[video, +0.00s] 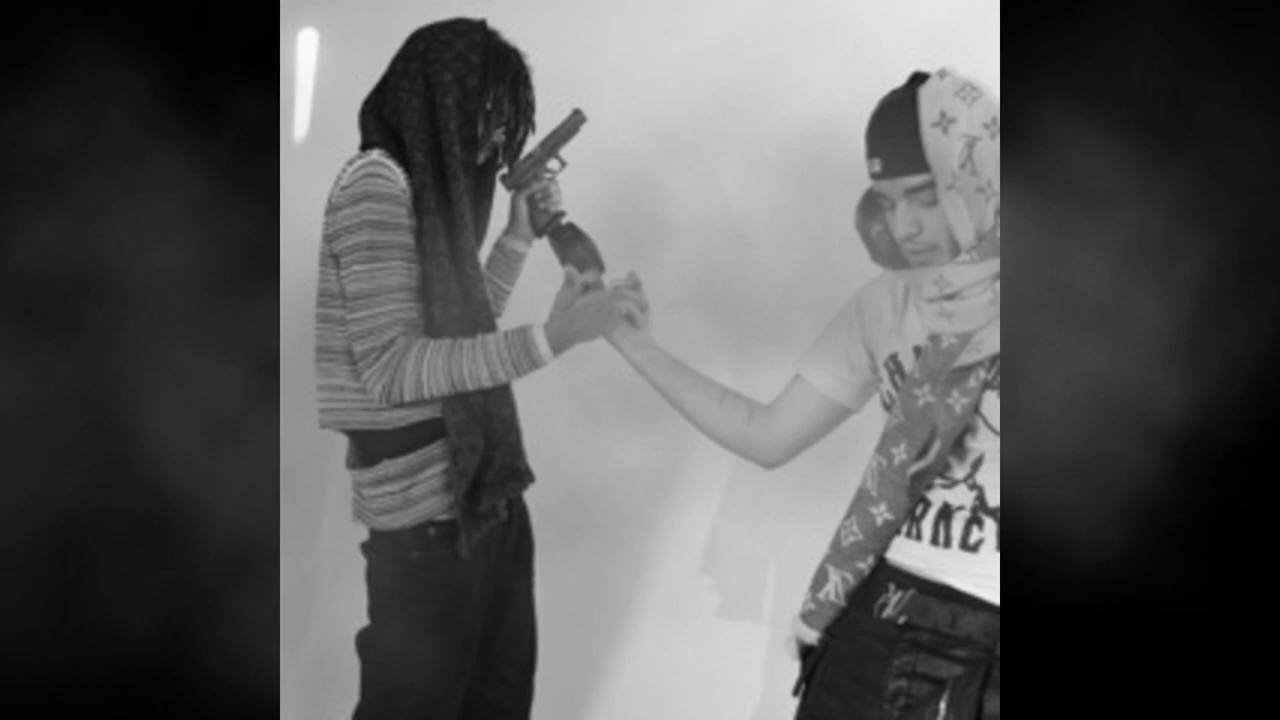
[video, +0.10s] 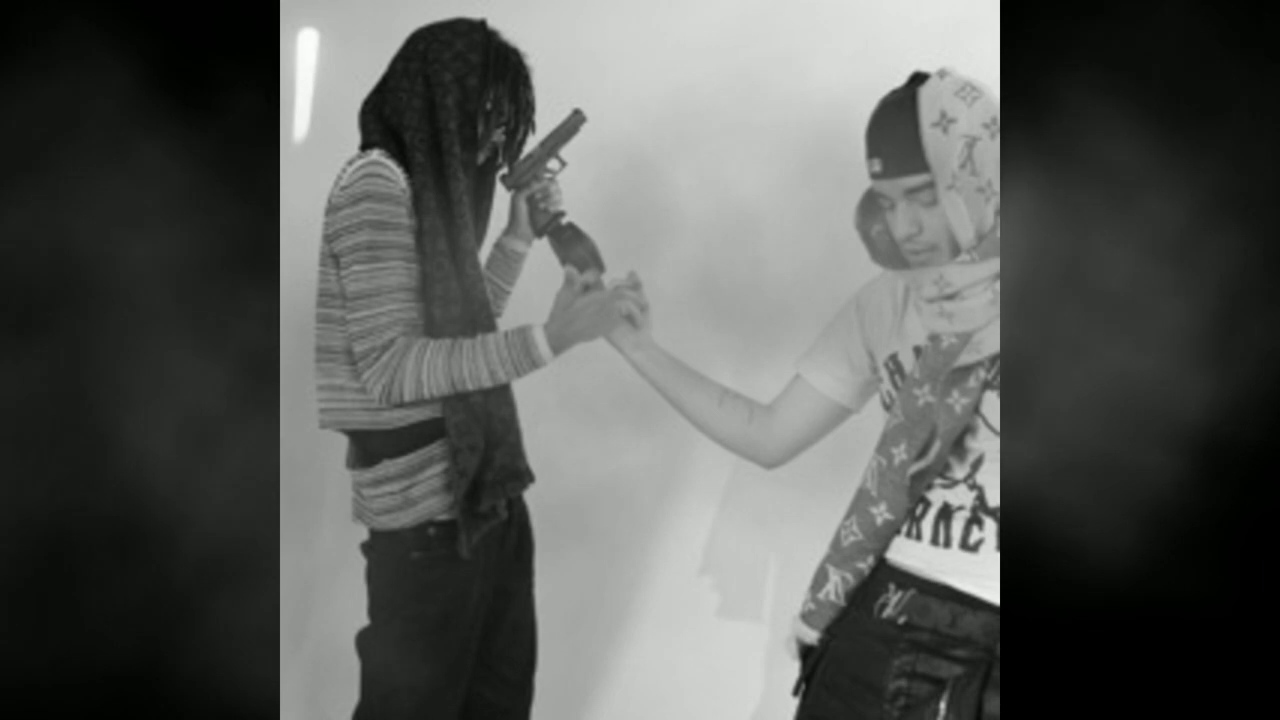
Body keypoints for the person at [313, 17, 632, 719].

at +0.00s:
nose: (498, 144)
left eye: (505, 126)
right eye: (493, 120)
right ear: (450, 107)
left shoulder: (427, 192)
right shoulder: (376, 183)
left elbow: (465, 332)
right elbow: (388, 368)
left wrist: (518, 235)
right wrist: (551, 338)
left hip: (488, 505)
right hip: (421, 522)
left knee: (500, 702)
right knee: (411, 705)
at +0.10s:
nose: (498, 144)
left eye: (505, 126)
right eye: (493, 120)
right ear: (451, 107)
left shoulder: (425, 191)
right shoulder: (376, 184)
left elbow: (463, 330)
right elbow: (388, 369)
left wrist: (518, 235)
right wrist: (550, 338)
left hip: (487, 504)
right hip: (422, 518)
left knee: (500, 702)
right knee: (410, 705)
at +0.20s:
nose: (500, 144)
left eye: (507, 125)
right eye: (493, 120)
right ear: (448, 108)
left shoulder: (431, 193)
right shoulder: (376, 182)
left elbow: (465, 333)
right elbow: (389, 372)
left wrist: (518, 234)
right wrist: (549, 339)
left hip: (487, 487)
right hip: (423, 498)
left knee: (499, 692)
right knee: (417, 696)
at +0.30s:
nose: (500, 146)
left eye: (506, 126)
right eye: (493, 122)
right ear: (450, 110)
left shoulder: (428, 192)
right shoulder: (376, 183)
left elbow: (464, 334)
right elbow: (390, 370)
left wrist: (518, 234)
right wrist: (552, 337)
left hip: (483, 483)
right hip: (420, 500)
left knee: (499, 696)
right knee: (412, 701)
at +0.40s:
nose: (500, 145)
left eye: (507, 126)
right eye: (495, 121)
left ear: (434, 108)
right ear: (452, 109)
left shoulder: (423, 191)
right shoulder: (377, 183)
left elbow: (461, 331)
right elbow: (386, 369)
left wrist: (518, 235)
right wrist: (550, 340)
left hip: (483, 498)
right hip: (421, 514)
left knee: (500, 700)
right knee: (414, 705)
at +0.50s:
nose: (500, 145)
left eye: (508, 127)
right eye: (494, 121)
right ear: (448, 108)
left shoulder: (425, 191)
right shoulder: (377, 183)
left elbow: (462, 330)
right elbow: (387, 370)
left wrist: (518, 235)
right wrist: (548, 338)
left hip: (484, 493)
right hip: (421, 508)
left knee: (499, 699)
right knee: (412, 703)